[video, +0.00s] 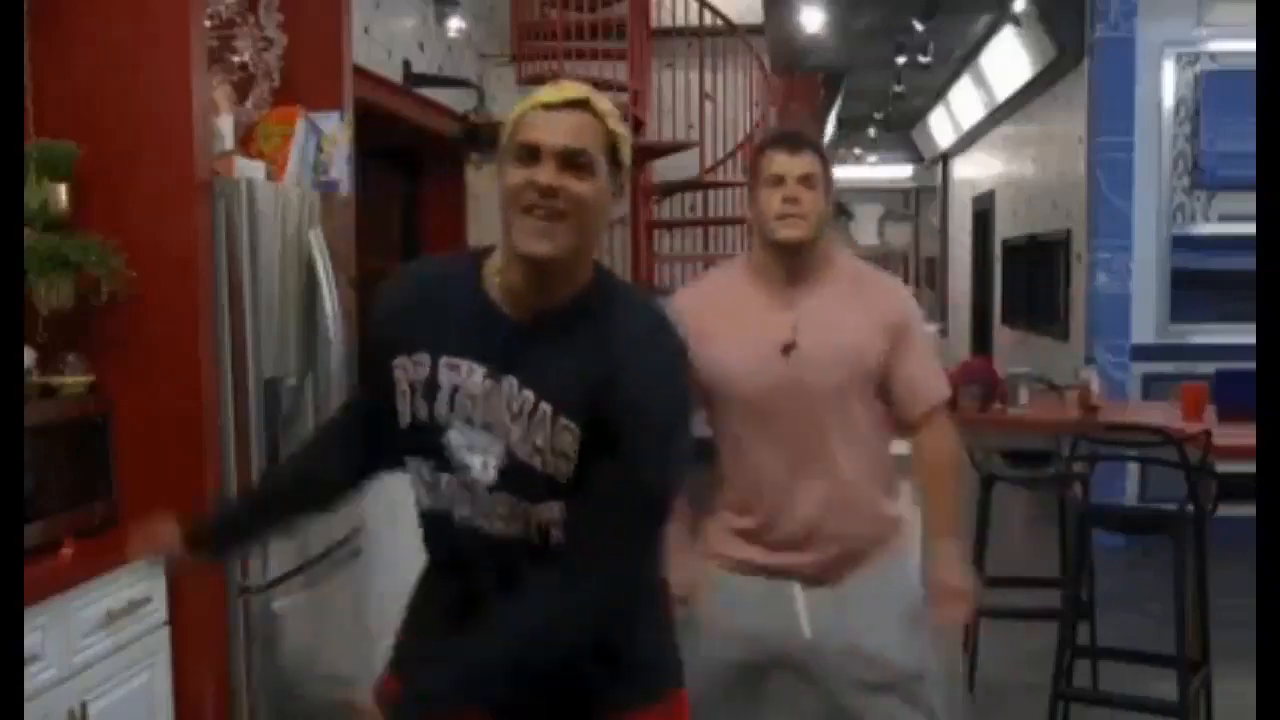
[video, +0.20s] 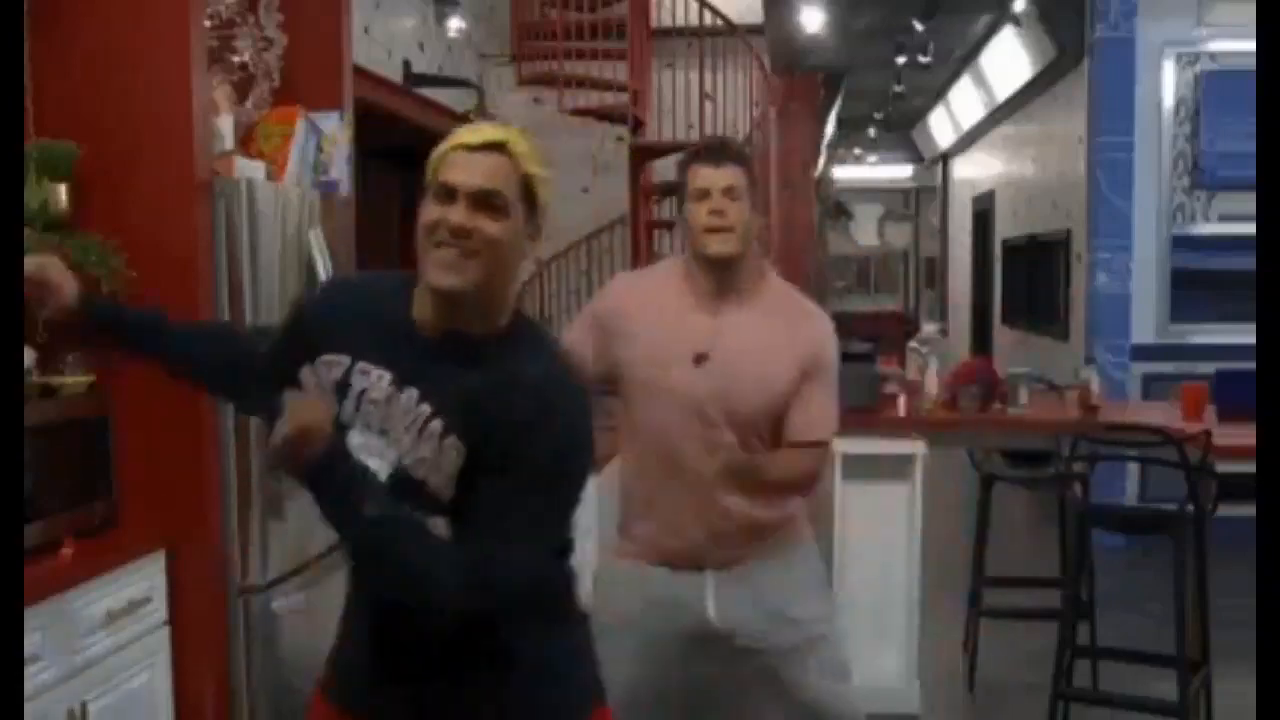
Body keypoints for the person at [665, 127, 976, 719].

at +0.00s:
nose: (790, 196)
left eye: (806, 183)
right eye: (774, 183)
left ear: (829, 200)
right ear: (751, 202)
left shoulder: (884, 301)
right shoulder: (694, 309)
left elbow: (933, 428)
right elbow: (659, 442)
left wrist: (947, 555)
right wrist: (676, 550)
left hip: (870, 578)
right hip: (738, 579)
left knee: (899, 706)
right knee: (714, 709)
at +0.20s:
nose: (716, 209)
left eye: (731, 196)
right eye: (701, 197)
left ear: (755, 212)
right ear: (682, 214)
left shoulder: (806, 325)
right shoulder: (624, 301)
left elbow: (808, 460)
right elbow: (550, 391)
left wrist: (750, 465)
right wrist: (602, 434)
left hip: (772, 576)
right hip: (646, 578)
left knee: (823, 707)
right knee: (637, 710)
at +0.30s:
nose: (697, 206)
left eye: (712, 191)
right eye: (681, 195)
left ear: (740, 206)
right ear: (662, 212)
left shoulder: (791, 312)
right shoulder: (617, 288)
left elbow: (796, 451)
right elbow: (533, 342)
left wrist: (718, 443)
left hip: (757, 561)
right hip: (634, 557)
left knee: (798, 707)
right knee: (608, 710)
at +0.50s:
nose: (656, 230)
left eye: (668, 213)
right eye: (639, 221)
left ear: (697, 216)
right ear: (624, 236)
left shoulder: (773, 308)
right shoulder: (599, 301)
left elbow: (792, 441)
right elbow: (513, 339)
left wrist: (677, 472)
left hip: (749, 538)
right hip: (635, 537)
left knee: (783, 689)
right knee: (610, 694)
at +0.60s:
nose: (678, 233)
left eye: (691, 219)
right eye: (661, 223)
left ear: (714, 228)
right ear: (642, 240)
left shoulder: (785, 315)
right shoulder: (616, 332)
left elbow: (816, 436)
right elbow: (544, 430)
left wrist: (763, 535)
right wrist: (493, 501)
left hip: (772, 532)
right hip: (653, 539)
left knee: (835, 679)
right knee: (611, 698)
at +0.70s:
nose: (702, 211)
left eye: (716, 199)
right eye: (687, 201)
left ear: (740, 210)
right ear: (665, 217)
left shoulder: (805, 288)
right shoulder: (633, 313)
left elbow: (856, 389)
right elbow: (600, 428)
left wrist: (835, 503)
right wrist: (549, 514)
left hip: (785, 526)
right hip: (666, 533)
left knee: (865, 683)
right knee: (629, 688)